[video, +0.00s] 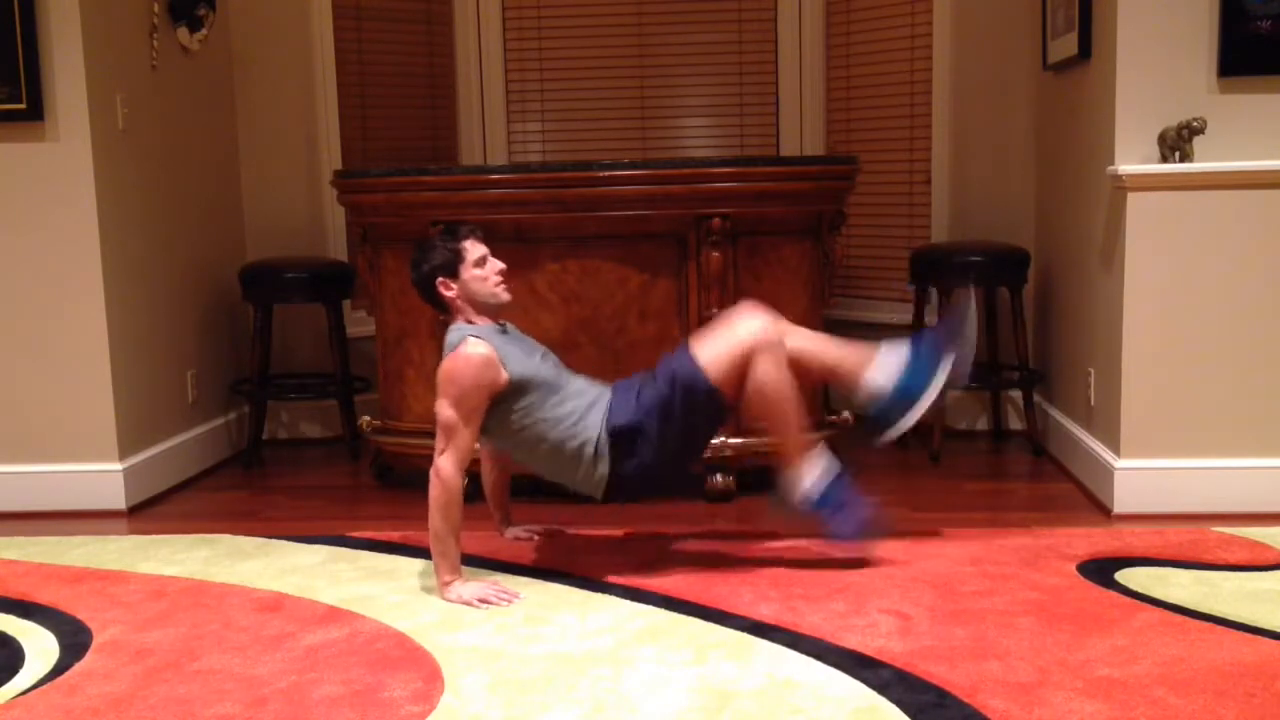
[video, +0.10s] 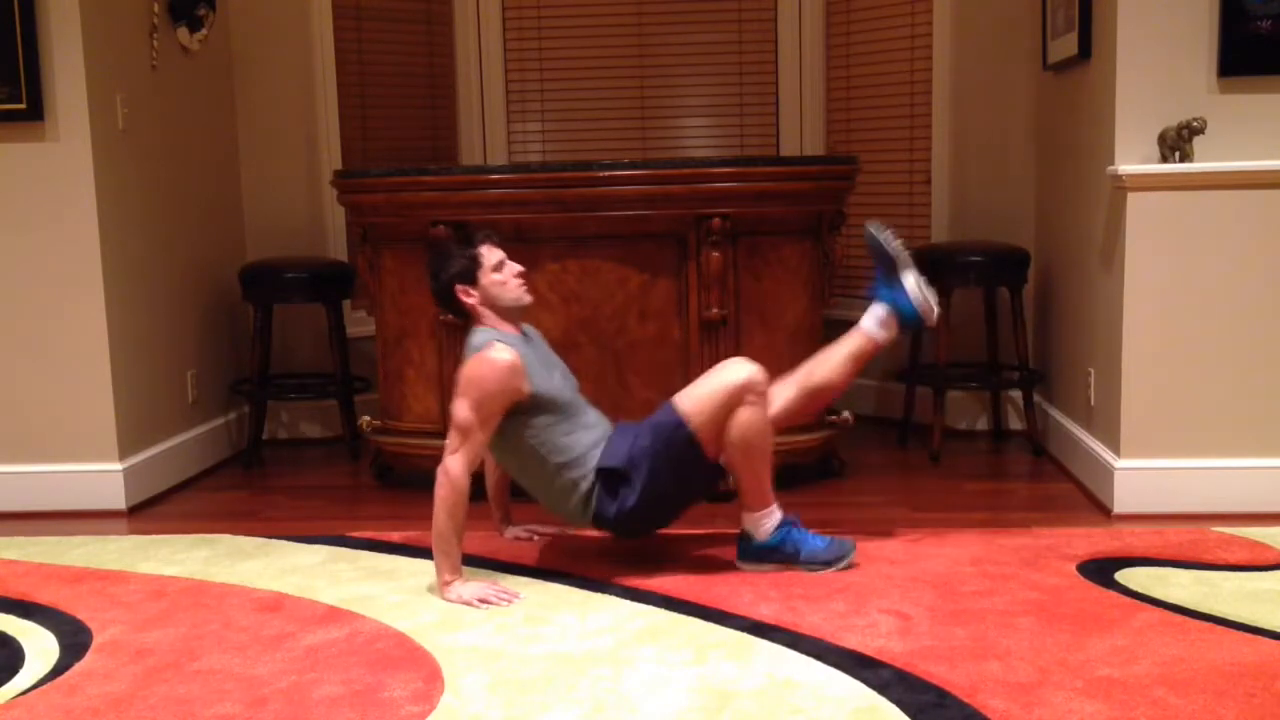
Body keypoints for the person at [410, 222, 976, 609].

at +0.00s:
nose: (499, 269)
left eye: (494, 259)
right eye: (482, 264)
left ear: (481, 277)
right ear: (449, 289)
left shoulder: (492, 337)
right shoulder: (468, 358)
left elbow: (486, 440)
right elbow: (445, 466)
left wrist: (499, 519)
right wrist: (448, 578)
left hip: (627, 420)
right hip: (621, 450)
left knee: (756, 317)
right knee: (753, 335)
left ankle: (887, 374)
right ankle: (807, 484)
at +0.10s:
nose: (517, 271)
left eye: (510, 262)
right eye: (500, 268)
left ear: (495, 287)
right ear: (470, 295)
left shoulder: (517, 338)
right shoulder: (489, 361)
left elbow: (494, 435)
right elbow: (453, 463)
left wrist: (500, 519)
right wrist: (446, 578)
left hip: (627, 464)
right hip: (615, 488)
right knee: (742, 378)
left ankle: (886, 317)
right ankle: (764, 529)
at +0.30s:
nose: (516, 269)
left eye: (511, 259)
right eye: (500, 264)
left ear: (494, 280)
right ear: (466, 290)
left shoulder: (512, 337)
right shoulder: (484, 359)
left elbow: (494, 439)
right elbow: (453, 467)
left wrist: (501, 521)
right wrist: (448, 576)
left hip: (640, 448)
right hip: (627, 475)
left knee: (776, 371)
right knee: (771, 372)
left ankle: (913, 412)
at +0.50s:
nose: (502, 271)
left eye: (497, 262)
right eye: (486, 266)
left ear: (471, 286)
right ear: (451, 292)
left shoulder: (495, 342)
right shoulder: (471, 357)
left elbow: (485, 443)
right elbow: (450, 464)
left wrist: (499, 520)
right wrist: (448, 576)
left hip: (647, 424)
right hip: (644, 435)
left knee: (787, 357)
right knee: (775, 315)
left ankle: (793, 474)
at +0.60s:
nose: (516, 274)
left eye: (510, 265)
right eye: (500, 270)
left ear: (492, 286)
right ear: (467, 296)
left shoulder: (510, 342)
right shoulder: (487, 362)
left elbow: (491, 441)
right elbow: (453, 467)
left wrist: (500, 521)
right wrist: (448, 578)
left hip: (637, 446)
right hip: (633, 470)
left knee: (767, 366)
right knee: (776, 376)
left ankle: (759, 515)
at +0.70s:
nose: (522, 275)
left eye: (514, 267)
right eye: (506, 273)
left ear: (496, 294)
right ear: (478, 303)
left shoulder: (517, 344)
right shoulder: (502, 369)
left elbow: (493, 439)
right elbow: (461, 468)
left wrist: (501, 519)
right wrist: (446, 579)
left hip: (632, 448)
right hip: (632, 490)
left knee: (755, 367)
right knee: (781, 408)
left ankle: (757, 518)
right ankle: (912, 312)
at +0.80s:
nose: (518, 272)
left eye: (511, 264)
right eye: (502, 269)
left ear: (491, 288)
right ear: (469, 297)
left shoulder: (513, 344)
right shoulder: (497, 363)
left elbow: (493, 445)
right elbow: (460, 466)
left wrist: (499, 523)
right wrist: (449, 579)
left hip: (643, 449)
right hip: (640, 473)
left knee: (778, 360)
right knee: (777, 366)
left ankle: (761, 515)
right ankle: (928, 342)